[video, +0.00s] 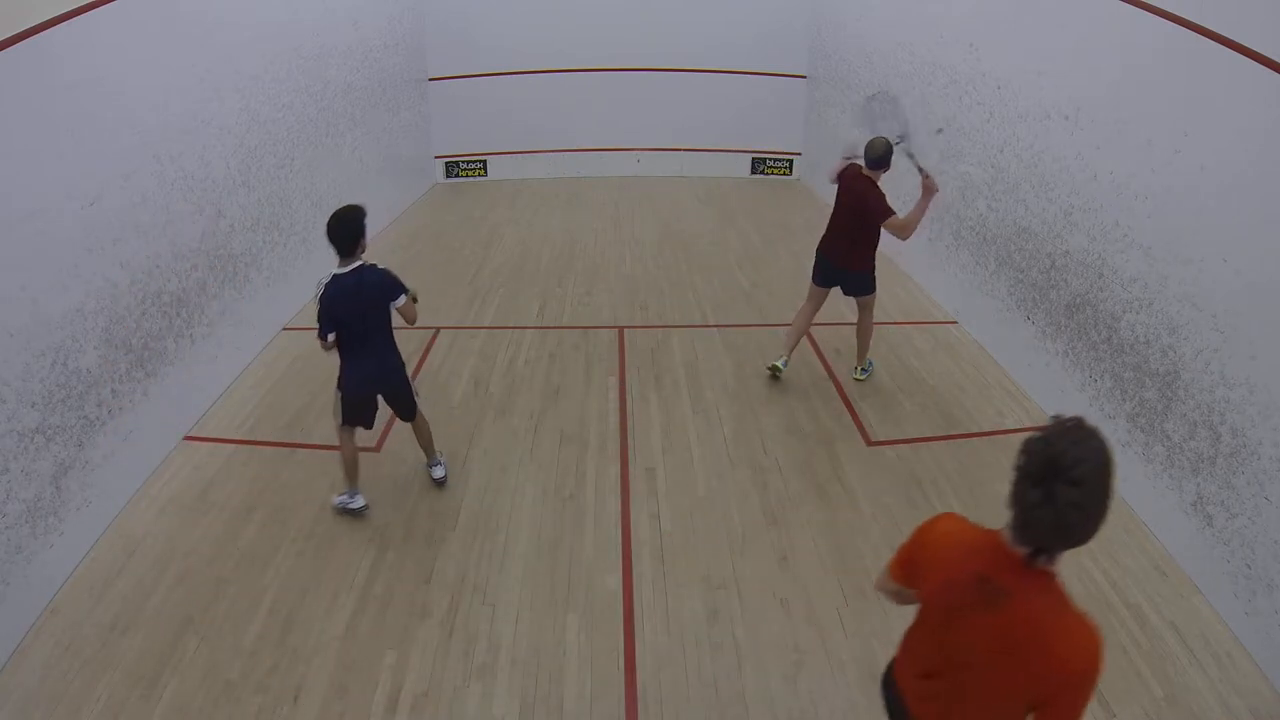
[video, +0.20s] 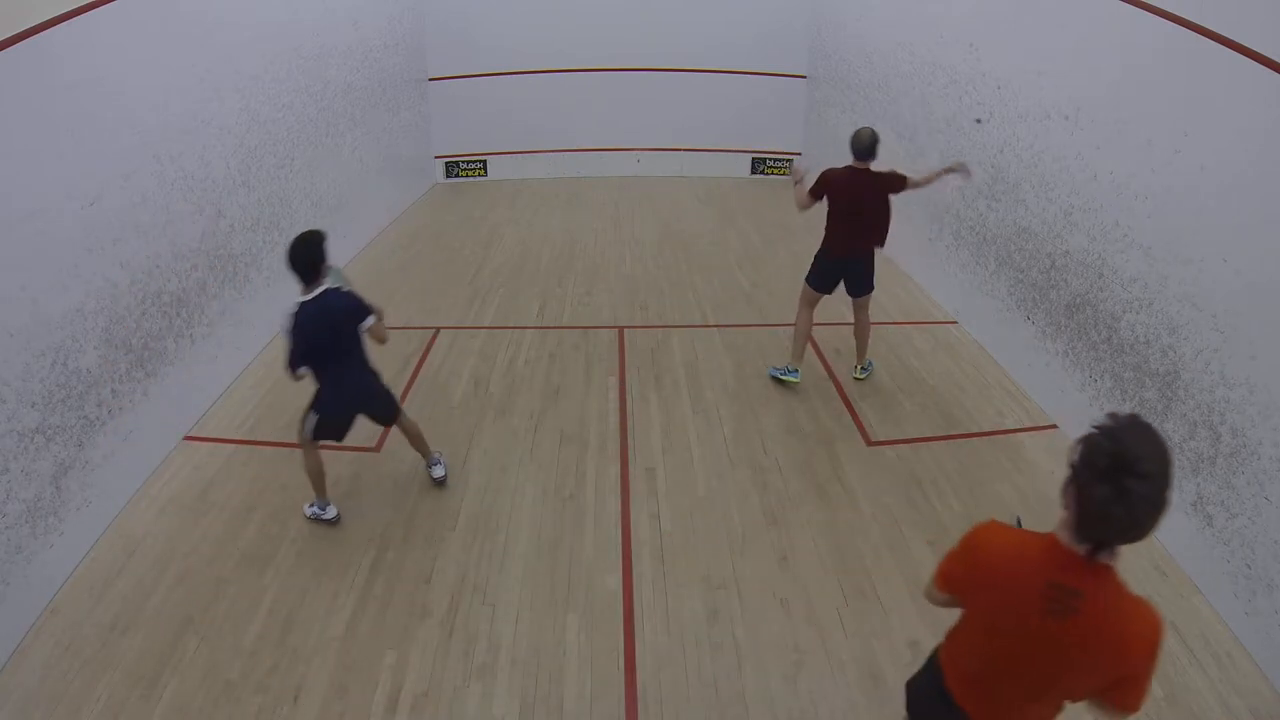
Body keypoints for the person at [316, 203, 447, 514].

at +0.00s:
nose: (367, 237)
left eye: (363, 232)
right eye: (365, 233)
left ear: (333, 244)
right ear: (361, 241)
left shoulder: (329, 290)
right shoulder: (380, 277)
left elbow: (326, 342)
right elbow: (411, 318)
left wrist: (346, 329)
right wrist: (409, 298)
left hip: (354, 375)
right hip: (389, 367)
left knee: (347, 431)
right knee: (414, 415)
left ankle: (353, 494)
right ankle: (435, 465)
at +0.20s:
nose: (329, 261)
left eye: (324, 257)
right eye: (326, 258)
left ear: (295, 271)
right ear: (322, 265)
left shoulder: (300, 317)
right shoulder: (344, 298)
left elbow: (296, 372)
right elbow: (380, 336)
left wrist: (318, 349)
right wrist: (377, 316)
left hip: (332, 395)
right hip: (366, 383)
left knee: (308, 440)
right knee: (401, 420)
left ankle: (323, 505)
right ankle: (434, 465)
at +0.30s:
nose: (303, 266)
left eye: (299, 262)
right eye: (300, 262)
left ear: (270, 276)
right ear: (297, 270)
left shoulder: (271, 322)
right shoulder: (318, 305)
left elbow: (263, 376)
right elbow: (357, 344)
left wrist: (281, 351)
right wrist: (351, 323)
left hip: (307, 403)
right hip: (340, 390)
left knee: (293, 448)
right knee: (381, 428)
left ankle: (321, 505)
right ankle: (423, 463)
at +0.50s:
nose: (263, 251)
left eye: (259, 246)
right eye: (260, 247)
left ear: (227, 260)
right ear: (256, 253)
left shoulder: (229, 306)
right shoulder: (279, 289)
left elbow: (223, 365)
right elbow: (316, 333)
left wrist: (238, 358)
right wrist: (290, 325)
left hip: (263, 397)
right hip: (296, 383)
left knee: (287, 458)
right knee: (313, 444)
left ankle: (304, 514)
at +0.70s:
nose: (236, 296)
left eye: (226, 293)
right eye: (234, 291)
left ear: (201, 307)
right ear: (233, 298)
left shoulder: (208, 355)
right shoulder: (259, 337)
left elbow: (209, 415)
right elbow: (291, 380)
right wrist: (260, 373)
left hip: (245, 451)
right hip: (279, 437)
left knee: (244, 525)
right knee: (287, 478)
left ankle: (259, 603)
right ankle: (304, 526)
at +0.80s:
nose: (216, 319)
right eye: (215, 314)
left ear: (183, 331)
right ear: (216, 321)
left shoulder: (194, 381)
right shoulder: (244, 357)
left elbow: (197, 442)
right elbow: (275, 403)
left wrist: (210, 438)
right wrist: (246, 410)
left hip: (238, 473)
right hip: (270, 453)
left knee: (225, 550)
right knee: (278, 484)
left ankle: (248, 632)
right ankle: (304, 527)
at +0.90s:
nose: (191, 339)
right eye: (189, 333)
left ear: (159, 351)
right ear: (194, 338)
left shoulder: (174, 403)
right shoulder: (222, 375)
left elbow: (183, 469)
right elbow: (255, 424)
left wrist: (166, 458)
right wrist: (221, 434)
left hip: (223, 497)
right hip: (255, 474)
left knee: (208, 575)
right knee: (269, 499)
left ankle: (257, 649)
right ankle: (305, 529)